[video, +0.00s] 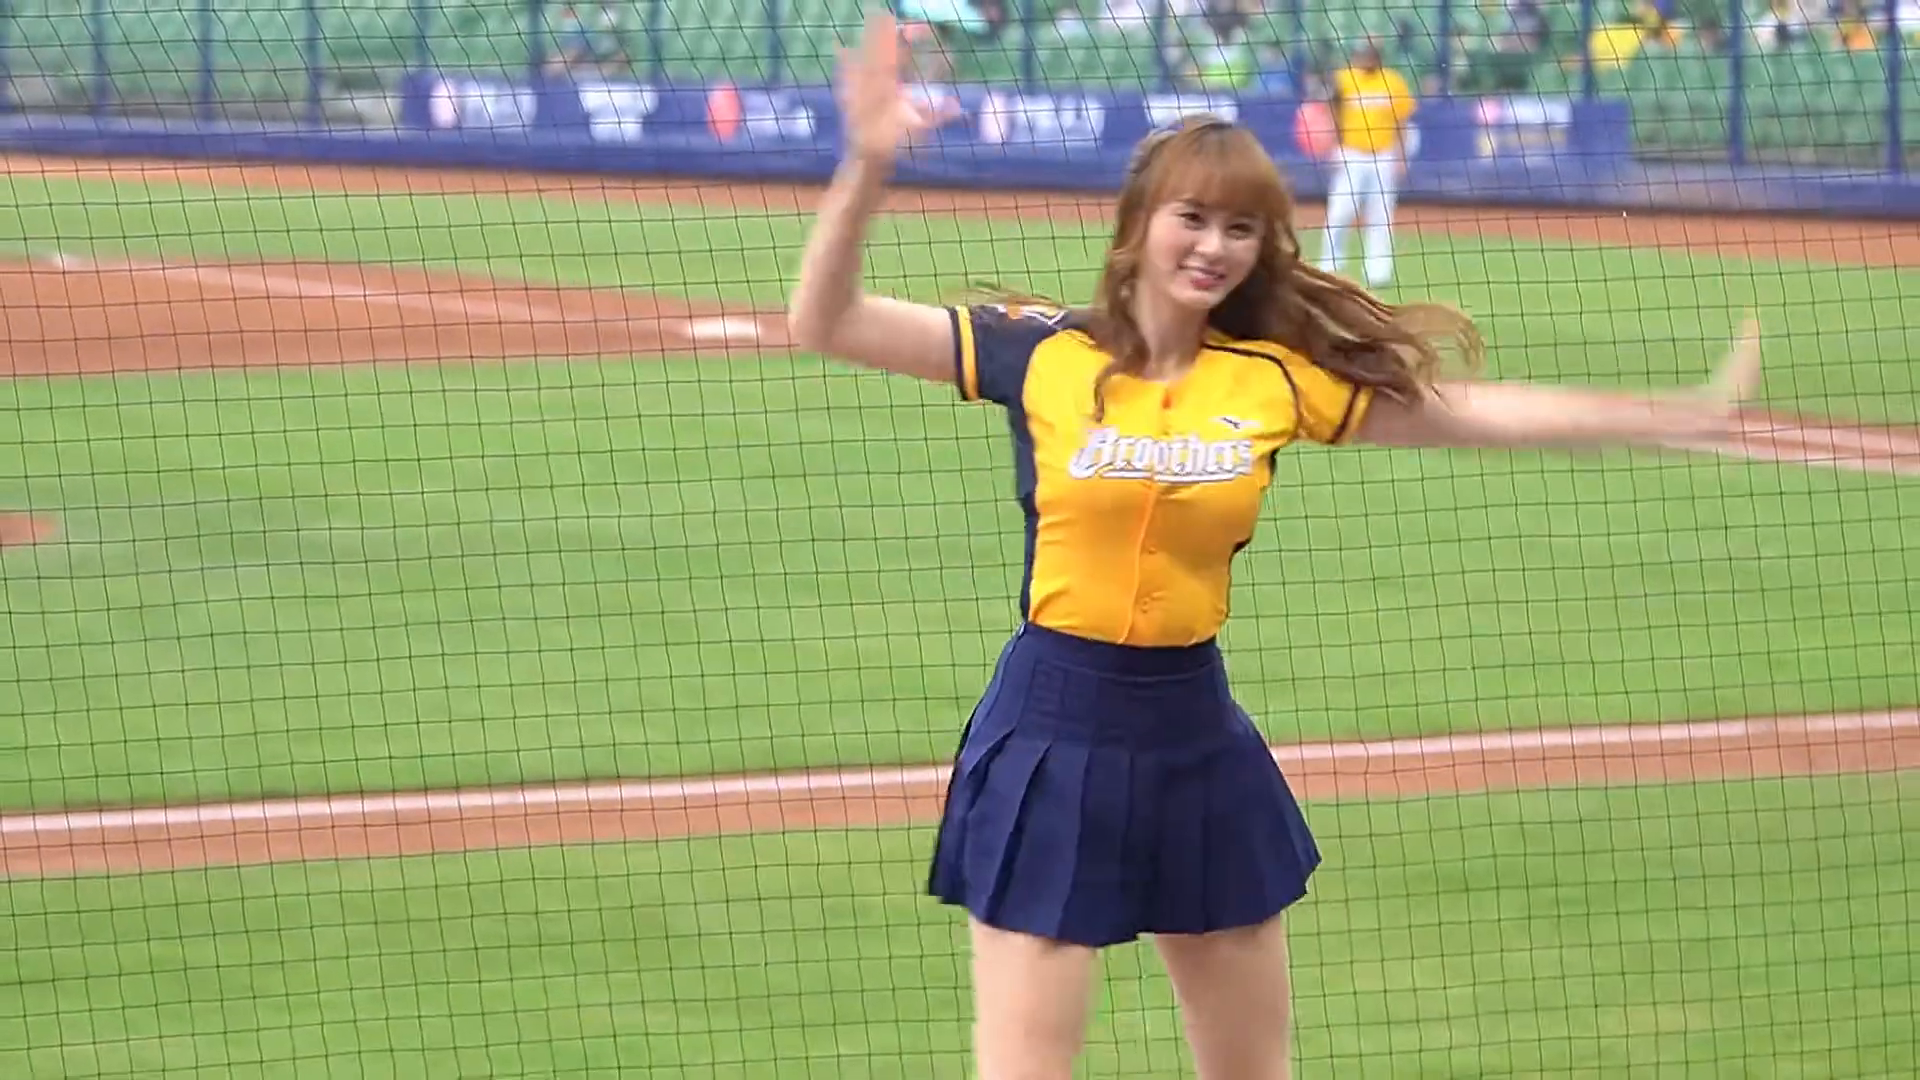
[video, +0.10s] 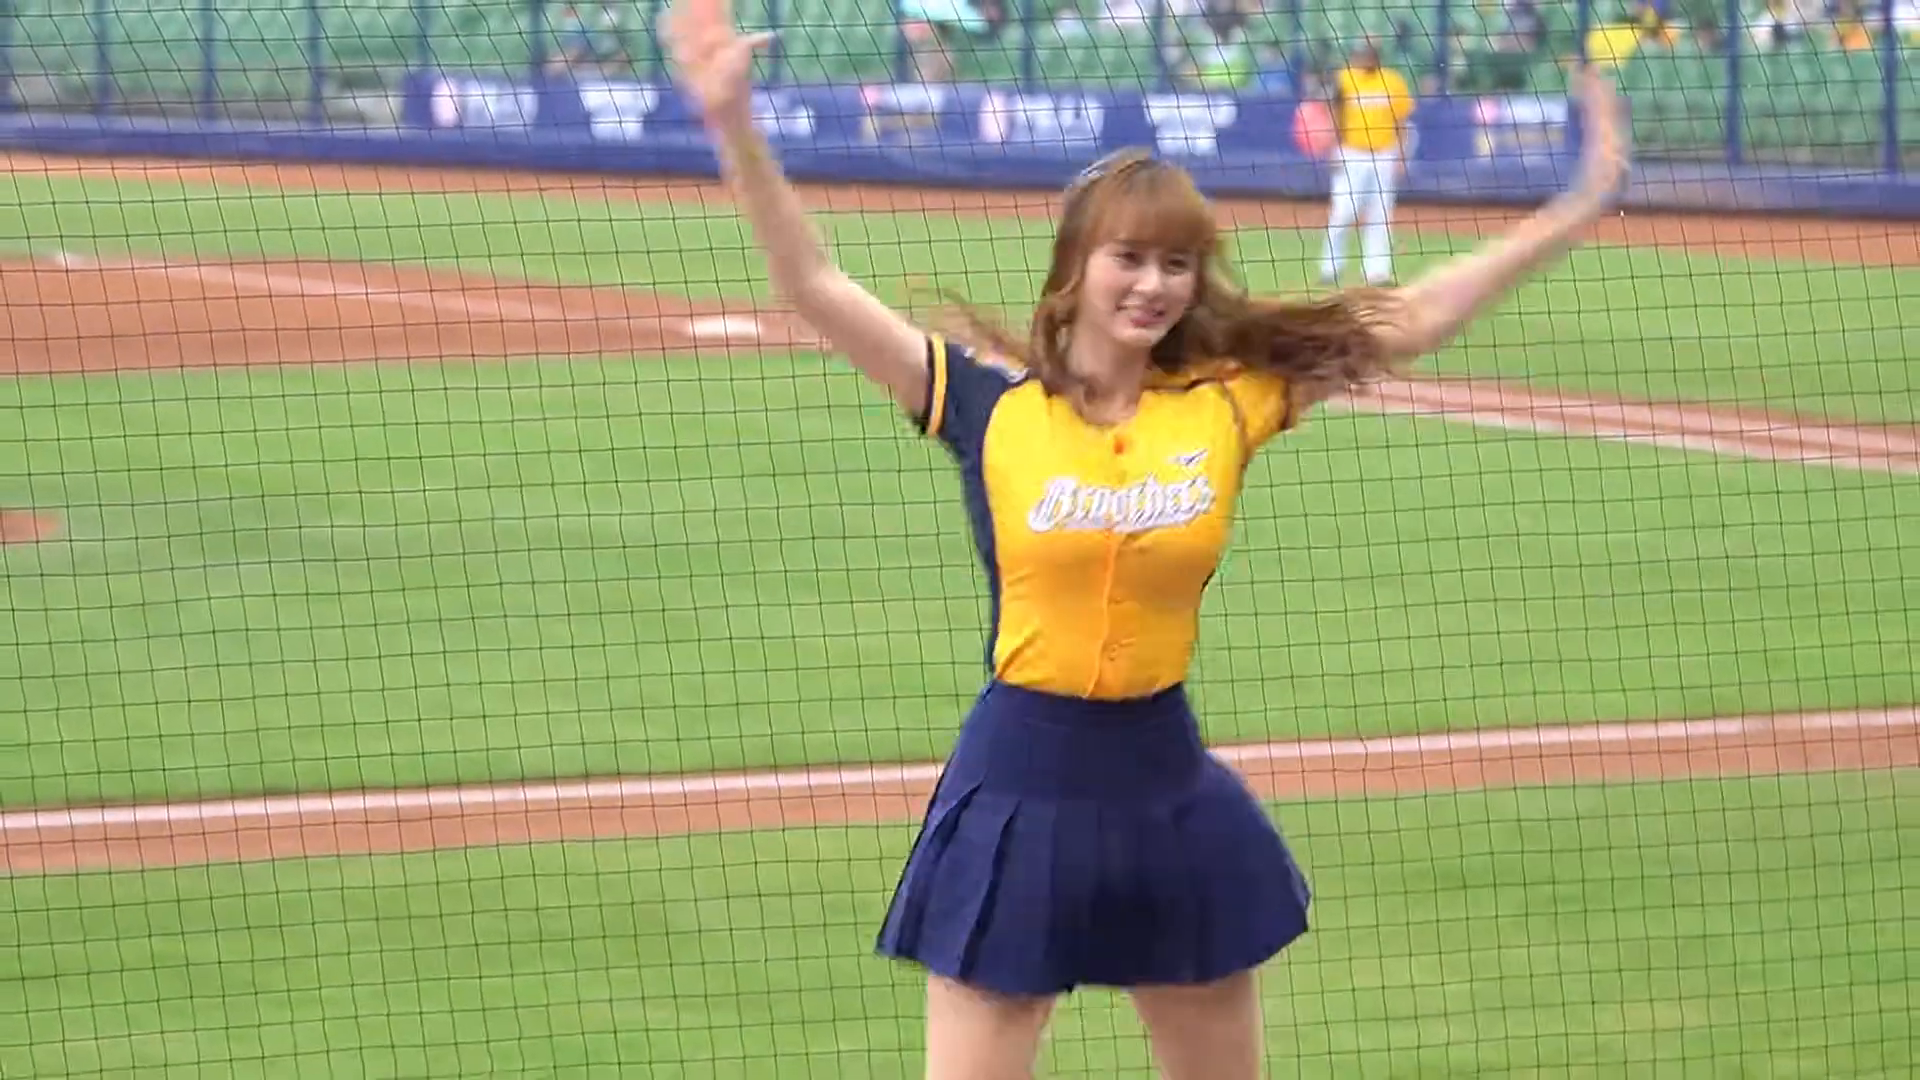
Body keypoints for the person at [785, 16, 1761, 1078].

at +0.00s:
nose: (1216, 246)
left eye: (1241, 226)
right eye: (1192, 217)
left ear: (1263, 248)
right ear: (1136, 223)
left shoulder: (1277, 379)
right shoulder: (1033, 351)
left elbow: (1477, 410)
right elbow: (821, 320)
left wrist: (1690, 416)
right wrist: (865, 168)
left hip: (1198, 740)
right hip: (1049, 733)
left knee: (1254, 1063)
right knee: (1021, 1063)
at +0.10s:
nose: (1155, 282)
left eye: (1177, 262)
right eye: (1130, 256)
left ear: (1199, 281)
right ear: (1073, 263)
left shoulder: (1230, 401)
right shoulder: (982, 398)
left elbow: (1413, 318)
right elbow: (809, 284)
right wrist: (734, 123)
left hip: (1167, 786)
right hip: (1016, 785)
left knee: (1223, 1066)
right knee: (971, 1065)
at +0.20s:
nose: (1101, 270)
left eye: (1121, 248)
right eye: (1074, 245)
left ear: (1143, 267)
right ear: (1020, 258)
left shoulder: (1169, 395)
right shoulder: (938, 402)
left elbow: (1347, 351)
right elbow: (739, 339)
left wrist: (1423, 210)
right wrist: (598, 220)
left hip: (1114, 768)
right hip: (972, 770)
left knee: (1189, 1064)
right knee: (930, 1066)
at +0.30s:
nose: (1063, 242)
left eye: (1083, 220)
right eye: (1036, 218)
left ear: (1102, 240)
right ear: (978, 236)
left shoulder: (1124, 381)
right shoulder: (911, 386)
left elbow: (1234, 474)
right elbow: (727, 469)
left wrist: (1276, 427)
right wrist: (579, 504)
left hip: (1074, 737)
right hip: (940, 738)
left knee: (1184, 1065)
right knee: (913, 1066)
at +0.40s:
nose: (1018, 282)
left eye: (1038, 258)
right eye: (991, 257)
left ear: (1061, 273)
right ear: (934, 276)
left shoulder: (1068, 432)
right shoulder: (872, 431)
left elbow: (1090, 611)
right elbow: (760, 624)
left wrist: (1158, 696)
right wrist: (737, 769)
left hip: (1034, 785)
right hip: (898, 790)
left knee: (1135, 1064)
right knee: (919, 1065)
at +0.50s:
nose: (1001, 309)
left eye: (1019, 285)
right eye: (972, 285)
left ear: (1039, 301)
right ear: (917, 301)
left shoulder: (1034, 469)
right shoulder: (861, 470)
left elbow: (1050, 680)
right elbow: (851, 688)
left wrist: (1139, 778)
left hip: (988, 793)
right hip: (862, 792)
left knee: (1078, 1062)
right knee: (883, 1063)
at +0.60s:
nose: (1022, 267)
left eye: (1041, 242)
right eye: (992, 247)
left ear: (1066, 258)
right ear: (942, 268)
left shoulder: (1049, 436)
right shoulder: (905, 406)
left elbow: (1104, 628)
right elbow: (970, 614)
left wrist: (1222, 703)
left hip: (944, 759)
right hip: (824, 751)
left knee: (991, 1063)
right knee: (840, 1065)